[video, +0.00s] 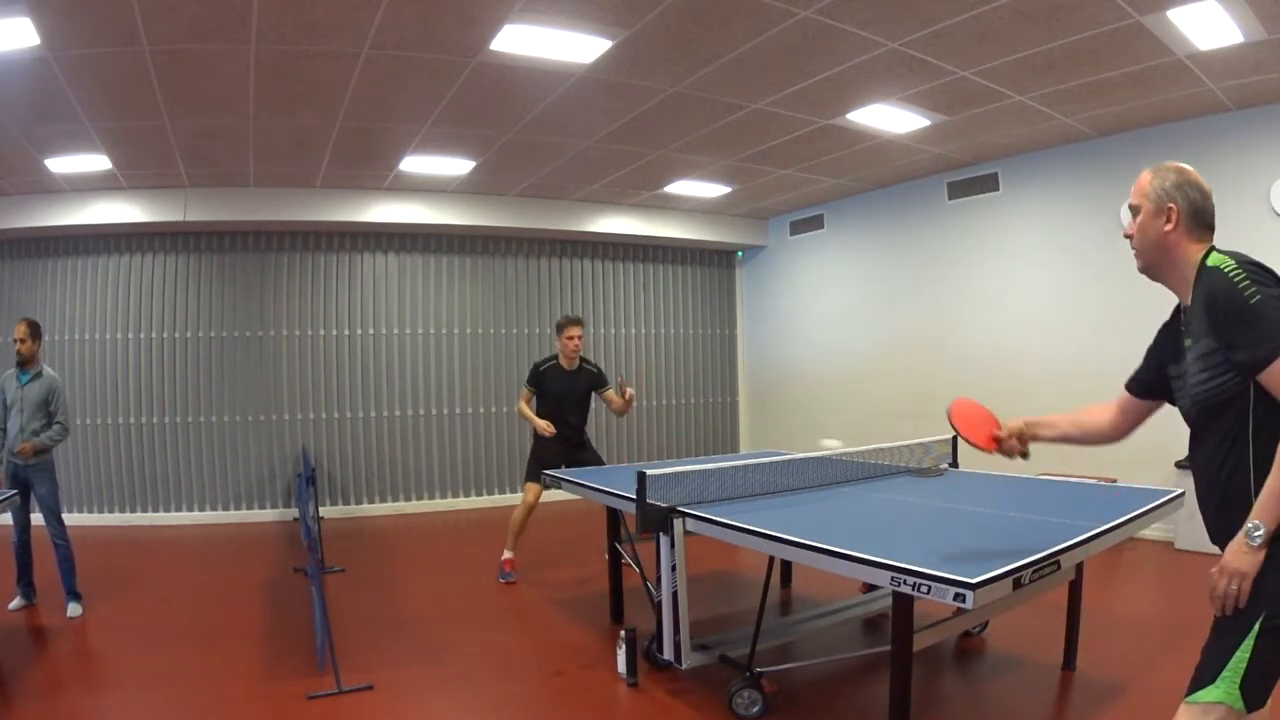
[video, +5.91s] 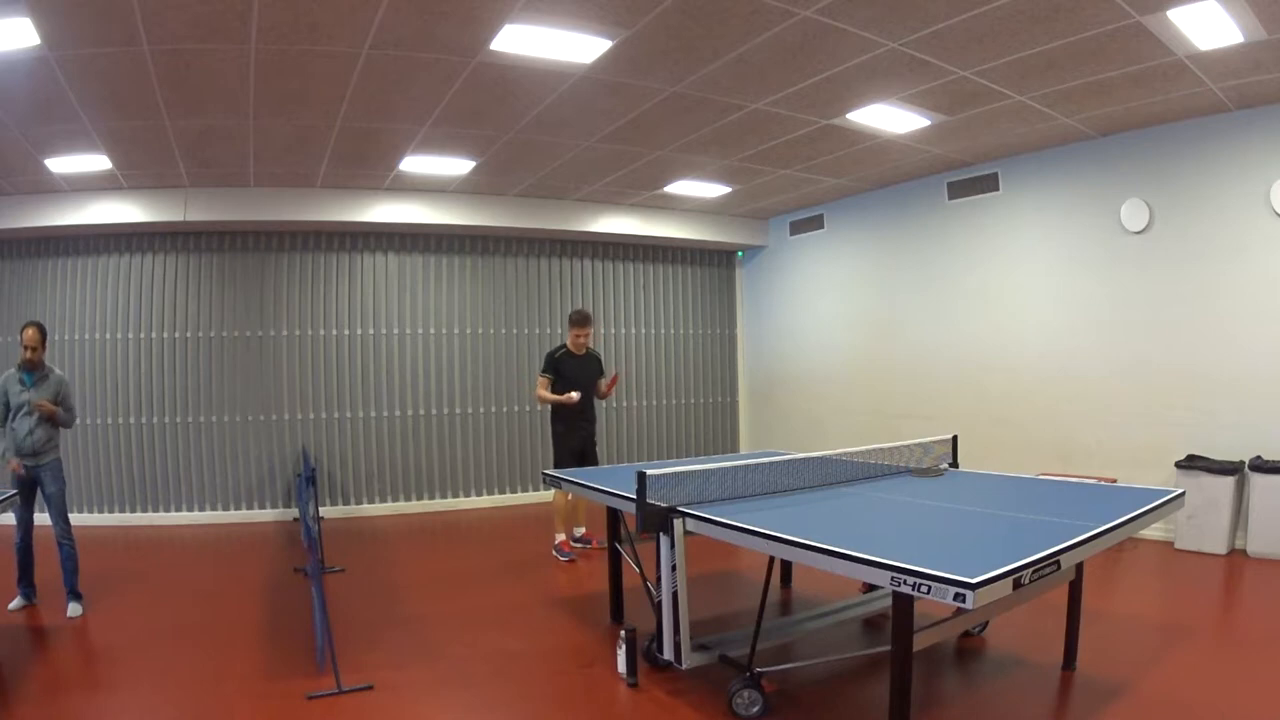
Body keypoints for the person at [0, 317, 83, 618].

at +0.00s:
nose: (17, 345)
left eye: (22, 340)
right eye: (14, 341)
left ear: (37, 343)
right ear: (14, 344)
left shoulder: (51, 382)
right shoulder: (7, 380)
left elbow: (62, 426)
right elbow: (4, 422)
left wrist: (37, 444)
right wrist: (5, 455)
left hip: (40, 465)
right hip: (11, 464)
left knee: (56, 531)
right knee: (20, 532)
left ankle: (72, 596)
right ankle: (26, 592)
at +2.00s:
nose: (21, 342)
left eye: (27, 338)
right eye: (18, 337)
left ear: (40, 342)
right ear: (15, 342)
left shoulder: (54, 384)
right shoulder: (6, 379)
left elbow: (66, 426)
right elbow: (4, 416)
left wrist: (52, 454)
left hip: (43, 465)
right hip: (12, 465)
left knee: (58, 533)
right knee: (18, 534)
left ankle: (72, 596)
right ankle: (25, 593)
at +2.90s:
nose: (17, 345)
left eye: (23, 340)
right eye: (15, 340)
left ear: (38, 344)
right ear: (13, 344)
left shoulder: (52, 383)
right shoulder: (6, 380)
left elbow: (61, 428)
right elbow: (2, 415)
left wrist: (41, 450)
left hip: (41, 464)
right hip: (11, 464)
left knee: (57, 532)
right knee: (20, 533)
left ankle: (72, 596)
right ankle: (26, 593)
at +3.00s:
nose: (17, 345)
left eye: (23, 340)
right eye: (15, 340)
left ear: (38, 344)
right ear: (13, 344)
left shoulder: (52, 383)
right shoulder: (7, 379)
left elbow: (62, 428)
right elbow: (3, 420)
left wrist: (41, 450)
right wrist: (1, 403)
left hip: (41, 463)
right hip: (11, 464)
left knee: (57, 531)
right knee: (20, 533)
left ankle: (72, 596)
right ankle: (26, 593)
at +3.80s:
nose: (18, 345)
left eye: (24, 340)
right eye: (15, 340)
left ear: (38, 344)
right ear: (13, 343)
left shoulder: (52, 382)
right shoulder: (6, 381)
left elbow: (62, 428)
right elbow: (3, 419)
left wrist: (42, 451)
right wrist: (8, 448)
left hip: (41, 463)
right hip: (11, 463)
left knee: (57, 531)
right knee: (20, 532)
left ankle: (73, 596)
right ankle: (26, 593)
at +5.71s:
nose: (28, 356)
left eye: (33, 350)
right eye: (24, 350)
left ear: (44, 347)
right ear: (18, 347)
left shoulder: (57, 378)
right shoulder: (7, 381)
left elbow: (74, 411)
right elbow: (3, 426)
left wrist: (55, 407)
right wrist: (2, 469)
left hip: (47, 461)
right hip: (17, 463)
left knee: (60, 530)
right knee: (22, 532)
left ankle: (73, 596)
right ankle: (26, 593)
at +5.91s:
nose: (29, 354)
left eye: (34, 349)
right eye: (25, 348)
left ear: (45, 347)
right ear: (19, 346)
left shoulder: (57, 380)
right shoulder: (7, 381)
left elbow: (70, 420)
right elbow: (4, 423)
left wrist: (53, 411)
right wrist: (10, 457)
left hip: (49, 461)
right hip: (19, 463)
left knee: (62, 530)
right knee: (22, 532)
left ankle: (73, 596)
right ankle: (26, 593)